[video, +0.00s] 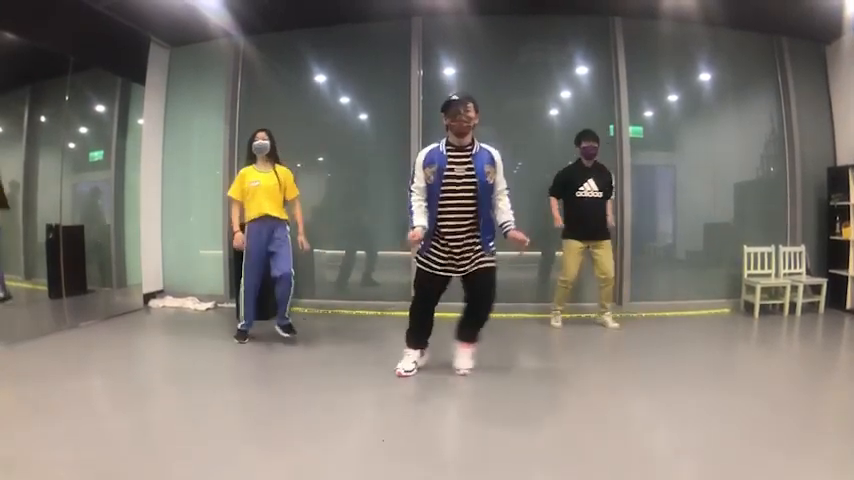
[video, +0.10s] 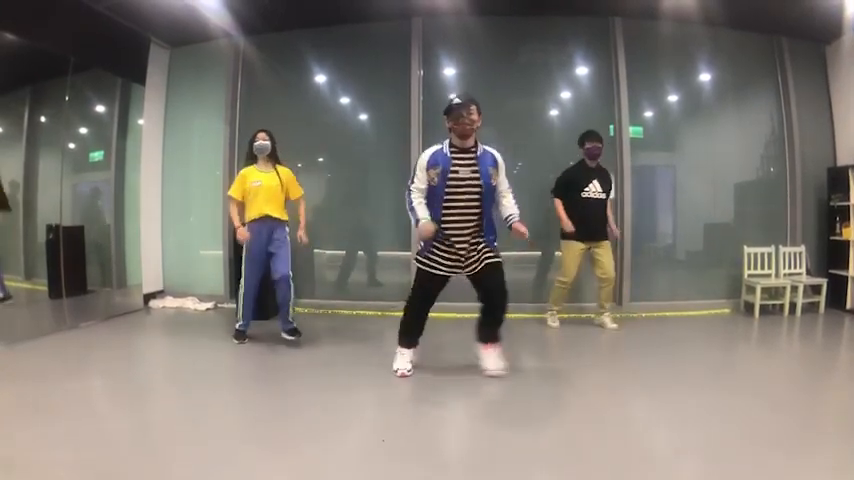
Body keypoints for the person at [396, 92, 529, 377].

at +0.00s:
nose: (463, 119)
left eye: (468, 114)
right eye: (456, 115)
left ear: (476, 117)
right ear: (446, 120)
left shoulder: (490, 156)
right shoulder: (428, 156)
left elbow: (500, 195)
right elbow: (418, 195)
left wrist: (509, 227)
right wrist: (419, 225)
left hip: (477, 244)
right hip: (437, 243)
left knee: (483, 297)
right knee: (423, 298)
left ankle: (466, 344)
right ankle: (415, 349)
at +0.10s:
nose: (466, 122)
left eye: (471, 116)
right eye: (459, 117)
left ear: (479, 120)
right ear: (449, 123)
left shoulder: (492, 158)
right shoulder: (431, 157)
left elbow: (504, 194)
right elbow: (416, 192)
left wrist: (514, 220)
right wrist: (423, 220)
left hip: (479, 243)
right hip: (440, 243)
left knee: (496, 294)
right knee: (421, 299)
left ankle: (489, 346)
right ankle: (405, 350)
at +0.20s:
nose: (474, 134)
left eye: (478, 127)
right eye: (467, 129)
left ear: (486, 129)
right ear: (455, 133)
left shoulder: (498, 166)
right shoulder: (439, 164)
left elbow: (521, 185)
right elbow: (407, 190)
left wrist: (521, 201)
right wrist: (430, 203)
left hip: (484, 252)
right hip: (445, 252)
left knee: (507, 303)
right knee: (423, 305)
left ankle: (521, 355)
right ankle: (400, 351)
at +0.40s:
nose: (476, 127)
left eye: (481, 120)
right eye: (470, 122)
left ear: (491, 121)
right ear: (461, 124)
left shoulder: (508, 151)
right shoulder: (450, 157)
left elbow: (534, 183)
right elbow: (443, 193)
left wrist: (514, 196)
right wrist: (430, 209)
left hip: (500, 237)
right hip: (462, 236)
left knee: (512, 298)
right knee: (454, 284)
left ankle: (523, 354)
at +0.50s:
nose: (474, 125)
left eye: (480, 118)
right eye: (468, 120)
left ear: (492, 120)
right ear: (461, 125)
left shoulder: (505, 154)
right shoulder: (454, 160)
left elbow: (511, 201)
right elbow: (449, 201)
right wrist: (446, 238)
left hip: (497, 239)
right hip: (462, 237)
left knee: (515, 299)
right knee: (445, 280)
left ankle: (528, 353)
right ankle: (475, 289)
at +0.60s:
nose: (468, 125)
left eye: (474, 119)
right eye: (462, 121)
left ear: (487, 121)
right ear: (456, 126)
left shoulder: (499, 154)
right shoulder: (456, 160)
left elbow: (504, 200)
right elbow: (451, 203)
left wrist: (489, 241)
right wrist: (447, 238)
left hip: (495, 242)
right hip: (460, 240)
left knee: (513, 300)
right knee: (437, 287)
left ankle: (536, 354)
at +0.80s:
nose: (455, 149)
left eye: (460, 142)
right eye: (448, 145)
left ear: (473, 143)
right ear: (442, 150)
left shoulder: (480, 172)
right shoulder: (445, 175)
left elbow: (512, 200)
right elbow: (437, 193)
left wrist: (467, 213)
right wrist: (430, 208)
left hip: (485, 263)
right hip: (450, 261)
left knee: (507, 314)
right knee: (421, 303)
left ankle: (553, 359)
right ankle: (410, 352)